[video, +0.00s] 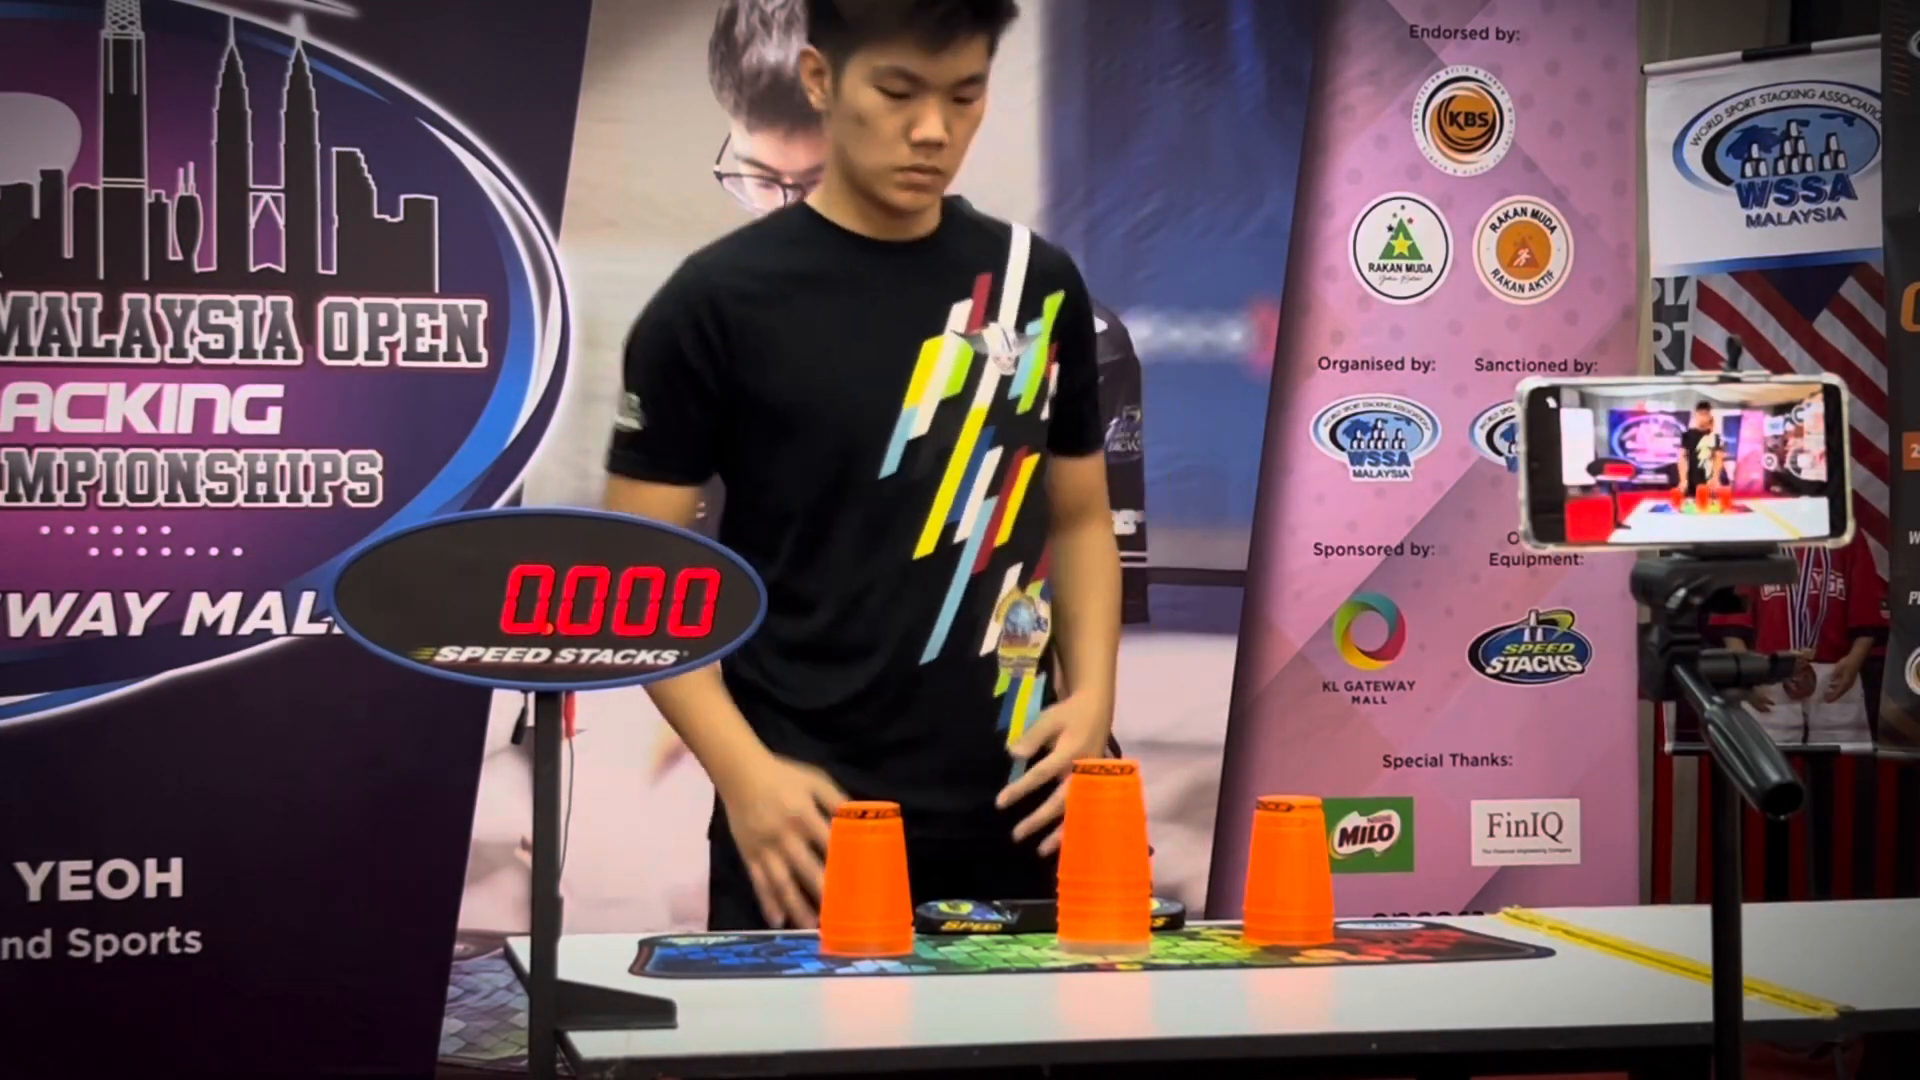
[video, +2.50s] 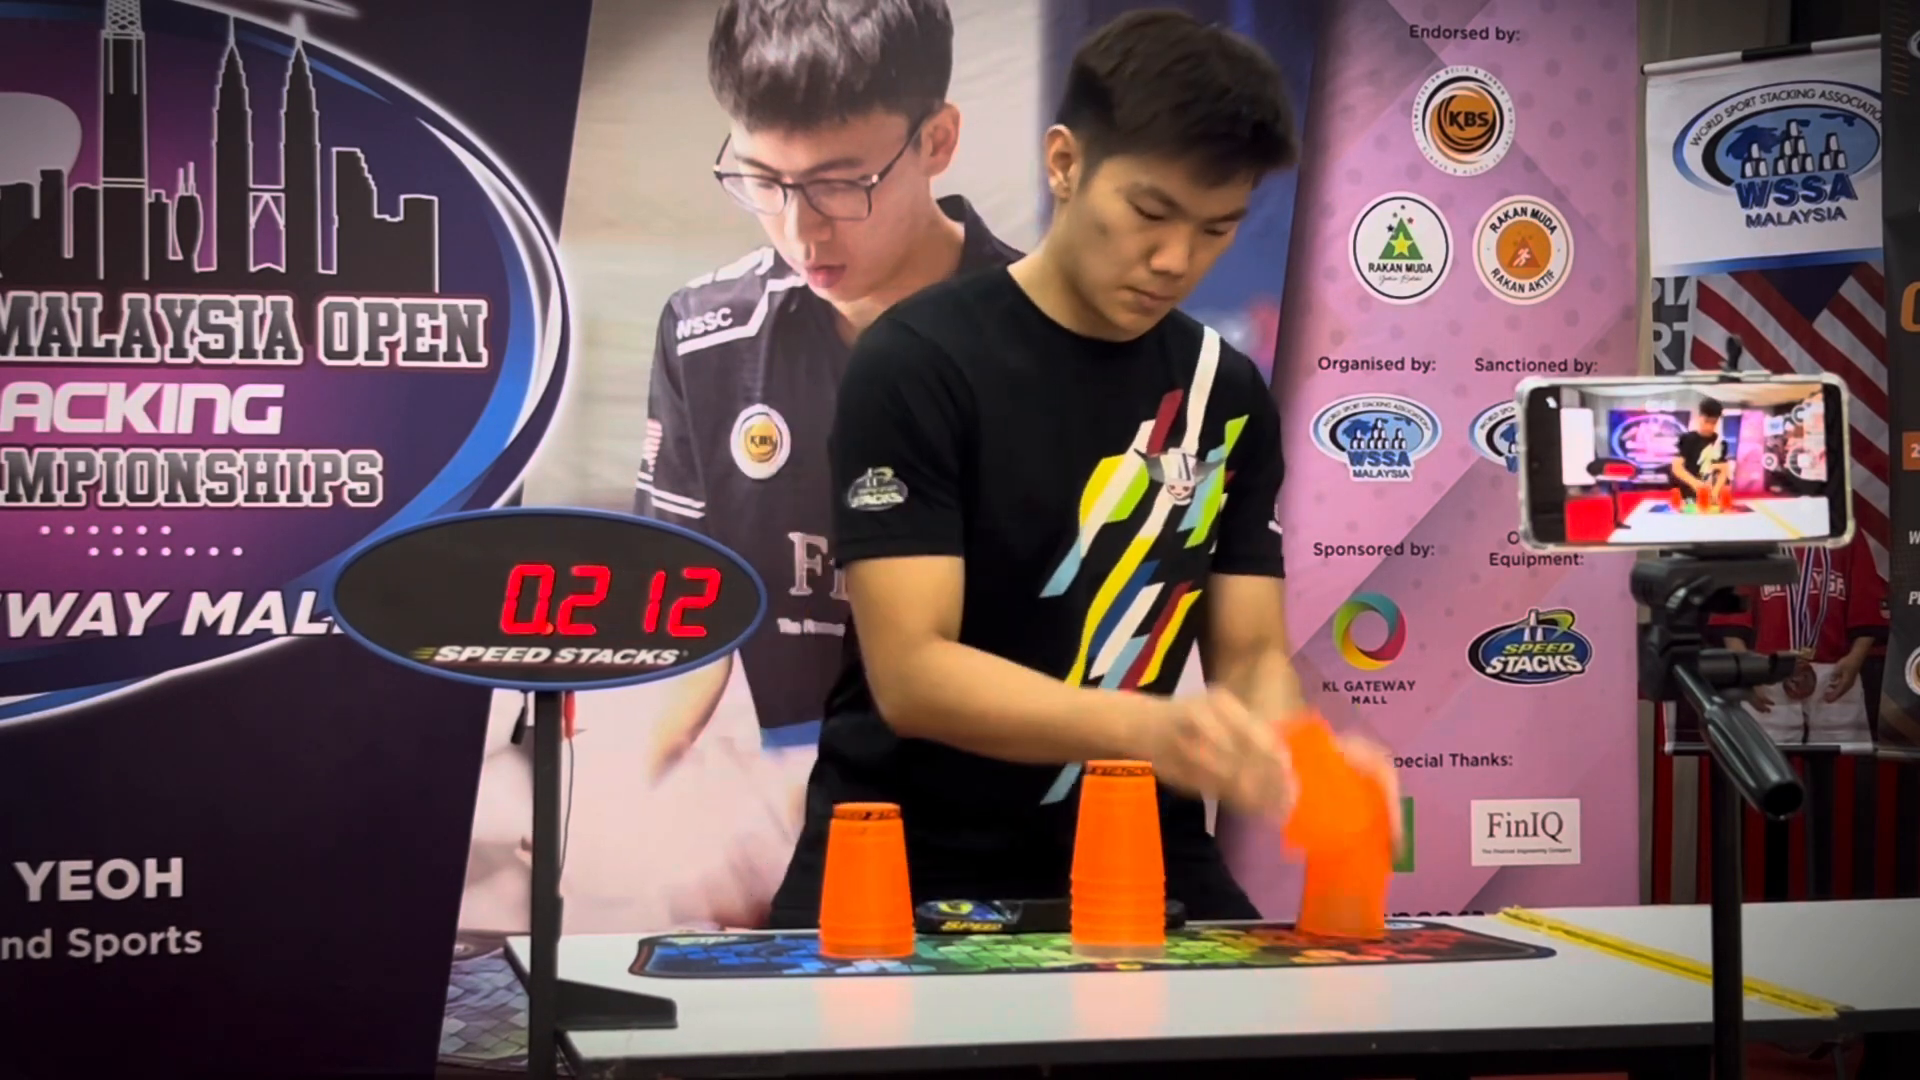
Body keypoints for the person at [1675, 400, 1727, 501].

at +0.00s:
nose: (1703, 418)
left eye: (1706, 414)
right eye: (1700, 414)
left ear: (1710, 415)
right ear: (1696, 415)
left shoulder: (1714, 437)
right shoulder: (1688, 436)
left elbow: (1718, 458)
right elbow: (1683, 458)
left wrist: (1715, 478)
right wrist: (1683, 480)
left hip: (1709, 484)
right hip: (1692, 483)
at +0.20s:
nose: (1697, 417)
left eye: (1700, 413)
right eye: (1693, 413)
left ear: (1704, 414)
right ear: (1687, 414)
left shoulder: (1711, 436)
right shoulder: (1680, 436)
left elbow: (1713, 461)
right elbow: (1674, 462)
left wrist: (1706, 482)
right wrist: (1680, 484)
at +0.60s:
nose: (1694, 411)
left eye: (1697, 406)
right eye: (1690, 406)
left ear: (1702, 407)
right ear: (1683, 407)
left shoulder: (1708, 427)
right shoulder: (1675, 430)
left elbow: (1716, 453)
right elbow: (1668, 457)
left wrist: (1718, 481)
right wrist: (1676, 481)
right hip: (1685, 484)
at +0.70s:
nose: (1701, 413)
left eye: (1704, 409)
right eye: (1697, 409)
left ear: (1708, 408)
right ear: (1690, 408)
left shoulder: (1715, 431)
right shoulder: (1681, 433)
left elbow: (1722, 457)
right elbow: (1674, 459)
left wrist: (1723, 482)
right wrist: (1677, 484)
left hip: (1711, 490)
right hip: (1688, 490)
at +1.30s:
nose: (1707, 418)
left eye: (1711, 414)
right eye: (1704, 413)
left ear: (1715, 413)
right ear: (1697, 411)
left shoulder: (1719, 436)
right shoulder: (1686, 435)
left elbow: (1722, 462)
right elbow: (1676, 460)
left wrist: (1720, 487)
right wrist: (1678, 480)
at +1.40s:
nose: (1708, 418)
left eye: (1712, 414)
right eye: (1705, 413)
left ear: (1716, 413)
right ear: (1698, 412)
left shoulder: (1720, 437)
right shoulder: (1687, 435)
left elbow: (1723, 463)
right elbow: (1679, 463)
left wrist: (1719, 485)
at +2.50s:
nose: (1709, 427)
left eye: (1713, 422)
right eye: (1706, 421)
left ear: (1717, 421)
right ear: (1699, 418)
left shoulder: (1721, 443)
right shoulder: (1687, 439)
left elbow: (1723, 471)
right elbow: (1676, 467)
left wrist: (1715, 491)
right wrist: (1696, 485)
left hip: (1711, 497)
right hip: (1688, 497)